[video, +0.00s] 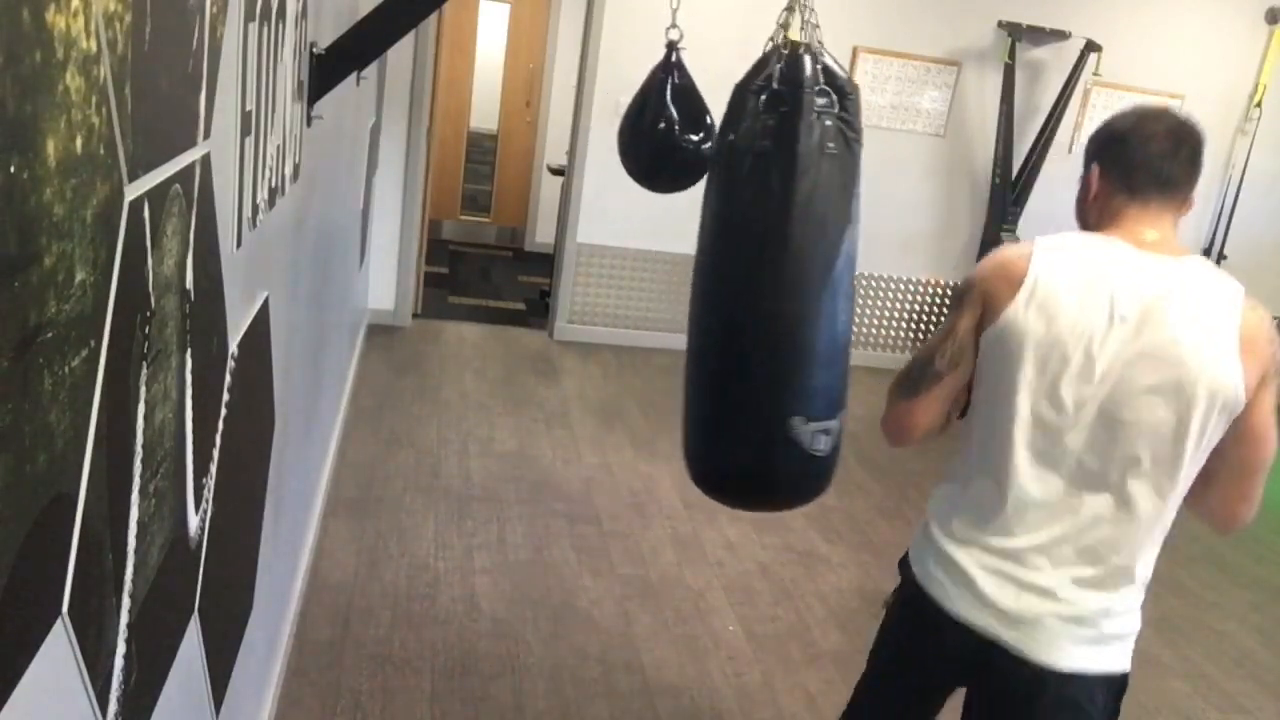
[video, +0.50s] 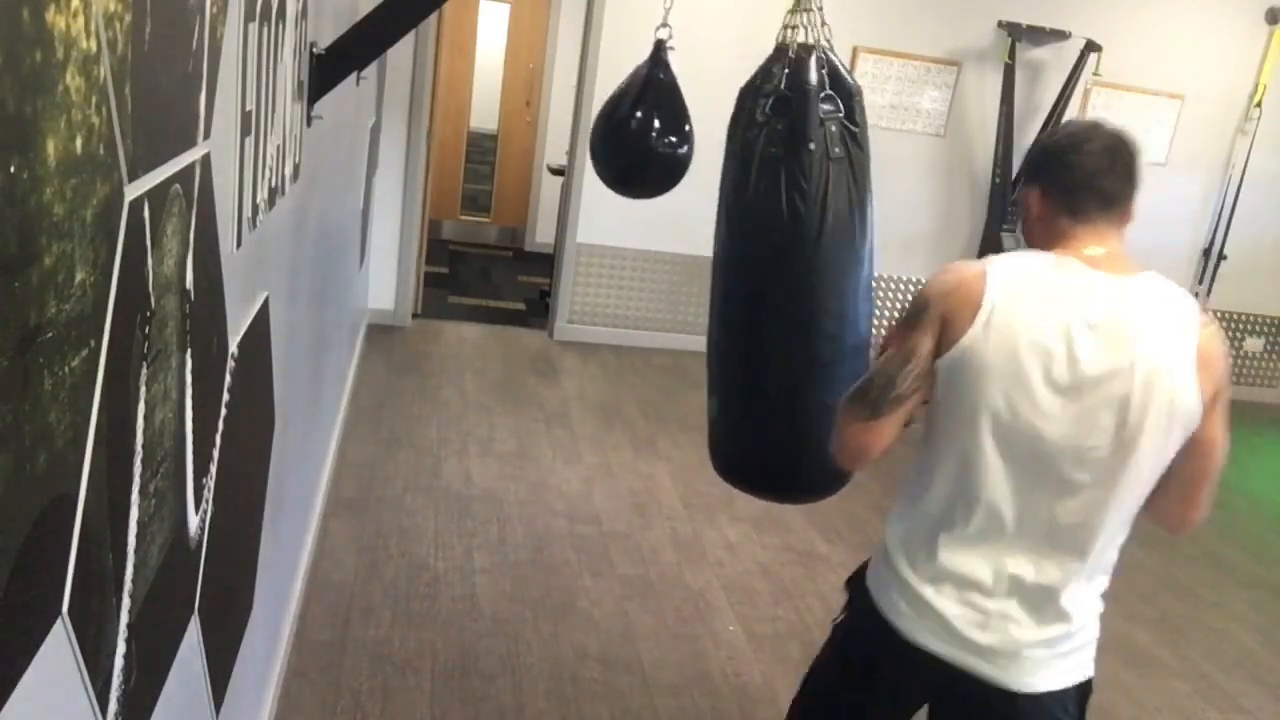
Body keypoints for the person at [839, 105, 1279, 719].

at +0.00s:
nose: (1078, 193)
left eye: (1081, 179)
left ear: (1093, 182)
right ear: (1188, 203)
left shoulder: (1014, 270)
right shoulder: (1247, 328)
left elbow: (902, 423)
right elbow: (1231, 509)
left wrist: (981, 376)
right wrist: (1153, 440)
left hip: (942, 606)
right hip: (1077, 655)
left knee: (878, 709)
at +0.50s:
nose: (1021, 217)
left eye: (1021, 202)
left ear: (1033, 203)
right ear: (1129, 212)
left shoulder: (966, 289)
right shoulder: (1197, 339)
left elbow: (854, 445)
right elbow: (1182, 510)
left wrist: (900, 375)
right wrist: (1108, 442)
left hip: (902, 630)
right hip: (1042, 673)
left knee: (825, 711)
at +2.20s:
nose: (972, 218)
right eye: (974, 205)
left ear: (888, 196)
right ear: (971, 210)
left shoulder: (809, 272)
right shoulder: (994, 315)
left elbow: (726, 402)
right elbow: (1011, 481)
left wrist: (789, 368)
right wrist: (956, 434)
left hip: (780, 564)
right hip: (886, 597)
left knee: (719, 689)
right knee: (869, 711)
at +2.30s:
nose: (1012, 201)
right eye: (1014, 189)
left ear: (925, 178)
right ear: (1012, 195)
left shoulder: (839, 252)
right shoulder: (1026, 301)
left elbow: (749, 379)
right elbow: (1039, 472)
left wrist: (821, 358)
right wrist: (985, 415)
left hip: (803, 549)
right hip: (903, 589)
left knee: (760, 686)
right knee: (877, 709)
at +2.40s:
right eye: (1036, 195)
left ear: (942, 187)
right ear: (1031, 202)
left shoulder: (860, 256)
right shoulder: (1050, 308)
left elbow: (771, 381)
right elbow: (1053, 474)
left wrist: (840, 358)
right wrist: (999, 416)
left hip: (822, 549)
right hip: (922, 588)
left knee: (799, 701)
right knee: (895, 707)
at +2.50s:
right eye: (1041, 217)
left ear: (950, 212)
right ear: (1037, 224)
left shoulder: (870, 289)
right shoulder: (1061, 335)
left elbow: (794, 414)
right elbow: (1060, 489)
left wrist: (873, 378)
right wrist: (1006, 429)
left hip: (837, 564)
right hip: (936, 601)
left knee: (830, 705)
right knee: (912, 707)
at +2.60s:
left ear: (948, 212)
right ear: (1033, 221)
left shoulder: (880, 292)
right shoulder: (1071, 323)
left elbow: (829, 426)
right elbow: (1073, 477)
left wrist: (901, 388)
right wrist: (1014, 428)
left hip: (862, 564)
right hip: (961, 593)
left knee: (851, 704)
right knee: (934, 706)